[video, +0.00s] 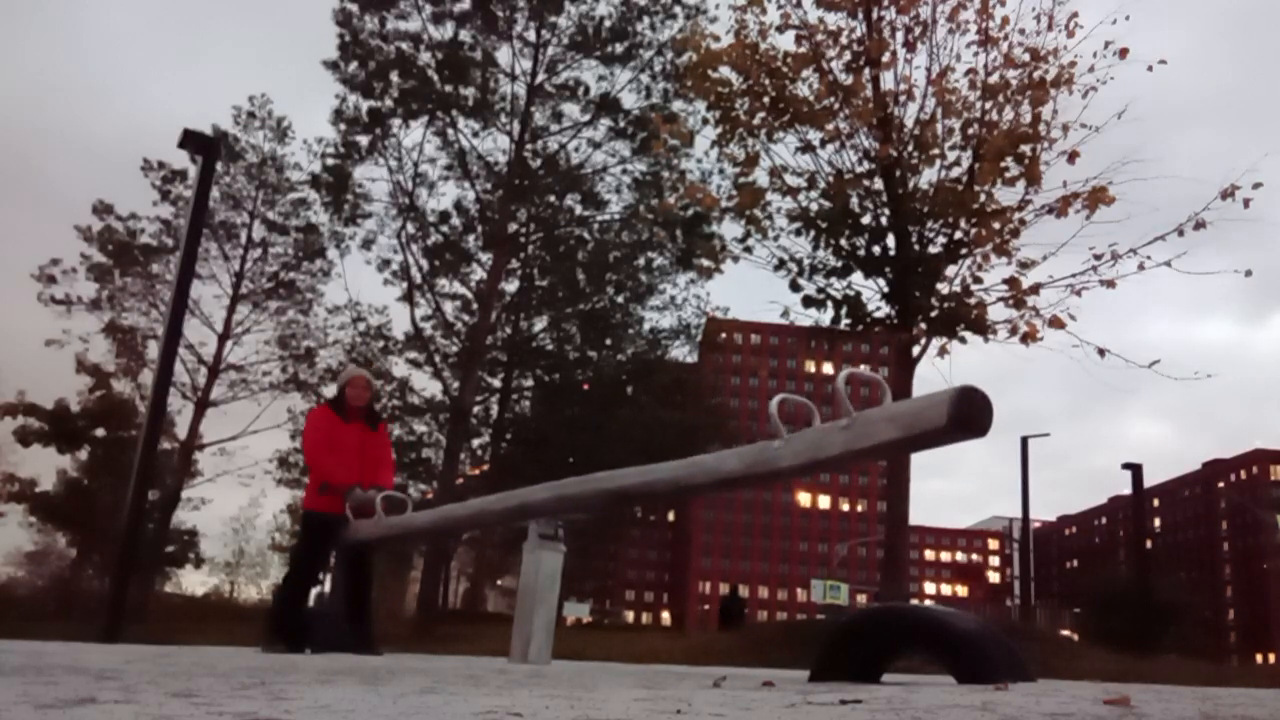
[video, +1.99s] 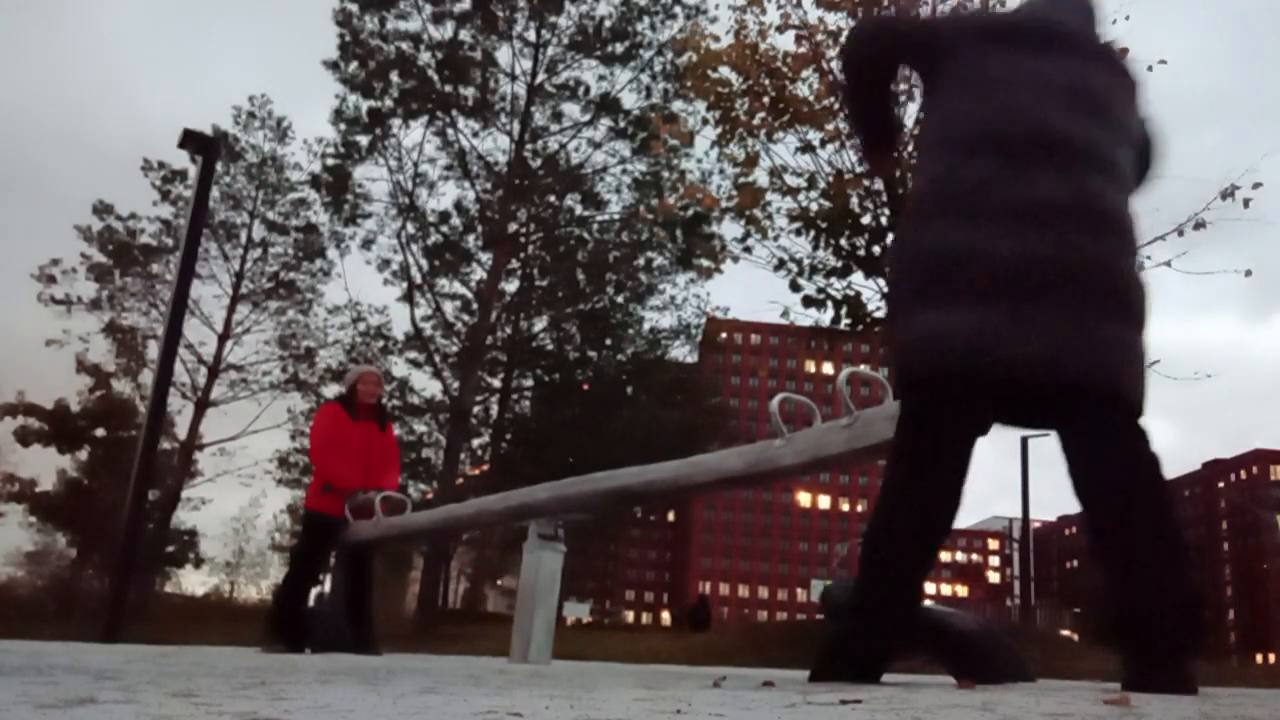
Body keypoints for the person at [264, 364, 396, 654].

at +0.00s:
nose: (360, 392)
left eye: (365, 387)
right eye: (354, 386)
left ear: (372, 393)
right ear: (343, 390)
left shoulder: (377, 427)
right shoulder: (321, 416)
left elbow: (385, 467)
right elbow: (315, 457)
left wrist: (379, 492)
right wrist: (344, 486)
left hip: (361, 514)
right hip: (322, 509)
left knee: (359, 579)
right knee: (304, 573)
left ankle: (359, 641)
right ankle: (281, 636)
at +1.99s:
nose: (371, 389)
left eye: (376, 384)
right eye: (365, 383)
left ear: (382, 390)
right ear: (352, 387)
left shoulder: (384, 426)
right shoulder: (331, 412)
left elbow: (391, 467)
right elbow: (320, 455)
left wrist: (382, 492)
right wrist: (349, 485)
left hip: (362, 514)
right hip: (325, 508)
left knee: (360, 579)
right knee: (304, 572)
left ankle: (361, 642)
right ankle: (282, 636)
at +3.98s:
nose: (382, 369)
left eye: (387, 364)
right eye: (376, 363)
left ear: (392, 369)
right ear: (363, 364)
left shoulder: (393, 401)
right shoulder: (340, 388)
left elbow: (403, 441)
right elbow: (324, 429)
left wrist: (383, 459)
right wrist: (352, 461)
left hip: (373, 487)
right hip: (333, 479)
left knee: (380, 546)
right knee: (321, 540)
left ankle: (374, 611)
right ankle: (290, 602)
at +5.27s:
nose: (369, 396)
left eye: (375, 391)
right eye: (364, 390)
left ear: (382, 395)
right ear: (353, 391)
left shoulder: (384, 428)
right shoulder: (331, 413)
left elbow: (390, 468)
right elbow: (319, 458)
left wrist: (375, 486)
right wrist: (346, 486)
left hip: (365, 511)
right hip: (327, 505)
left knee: (377, 564)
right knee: (317, 564)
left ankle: (364, 634)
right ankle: (273, 621)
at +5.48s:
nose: (362, 431)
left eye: (367, 426)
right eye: (357, 425)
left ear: (371, 429)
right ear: (343, 425)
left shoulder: (370, 461)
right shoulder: (315, 451)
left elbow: (374, 500)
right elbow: (306, 495)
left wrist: (368, 519)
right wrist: (337, 515)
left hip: (352, 535)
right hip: (315, 530)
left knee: (376, 572)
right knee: (313, 578)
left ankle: (358, 636)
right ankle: (274, 627)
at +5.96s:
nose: (355, 466)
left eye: (360, 461)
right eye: (349, 460)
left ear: (364, 465)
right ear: (334, 461)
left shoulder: (362, 494)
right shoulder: (308, 483)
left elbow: (367, 535)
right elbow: (290, 523)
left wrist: (359, 547)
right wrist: (334, 541)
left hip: (348, 564)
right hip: (309, 560)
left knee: (381, 585)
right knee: (325, 586)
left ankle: (359, 643)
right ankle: (276, 636)